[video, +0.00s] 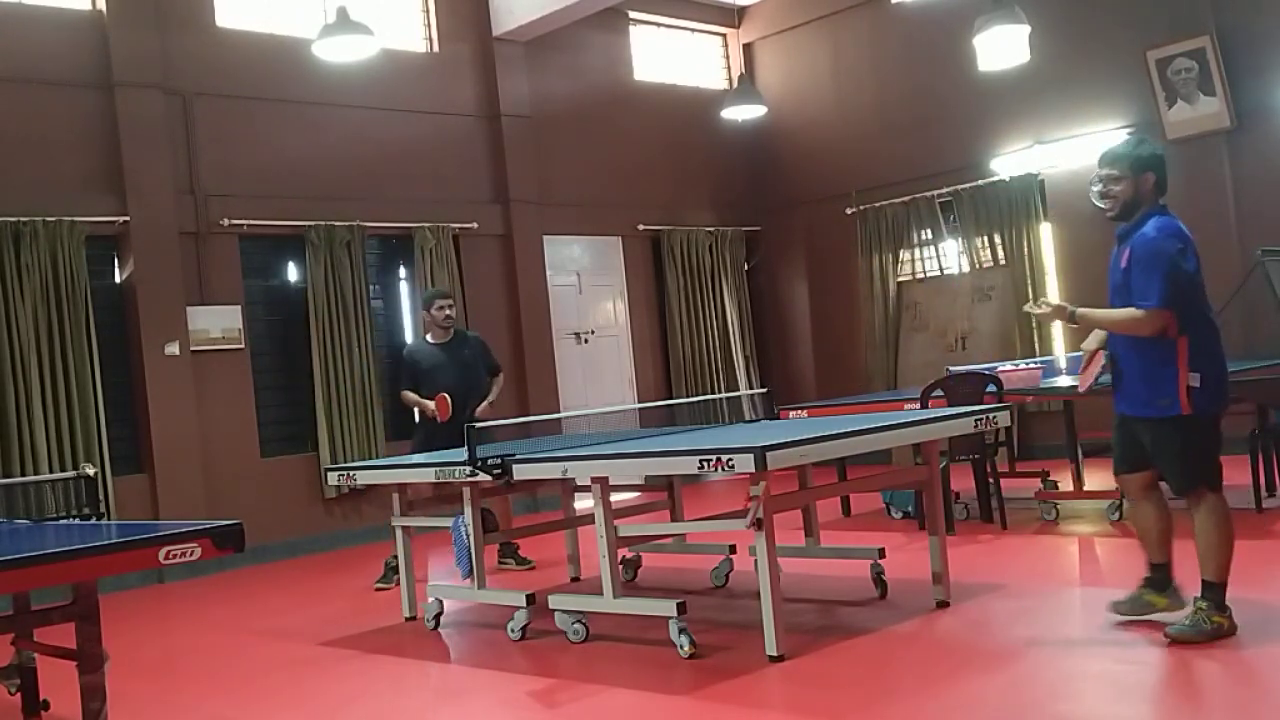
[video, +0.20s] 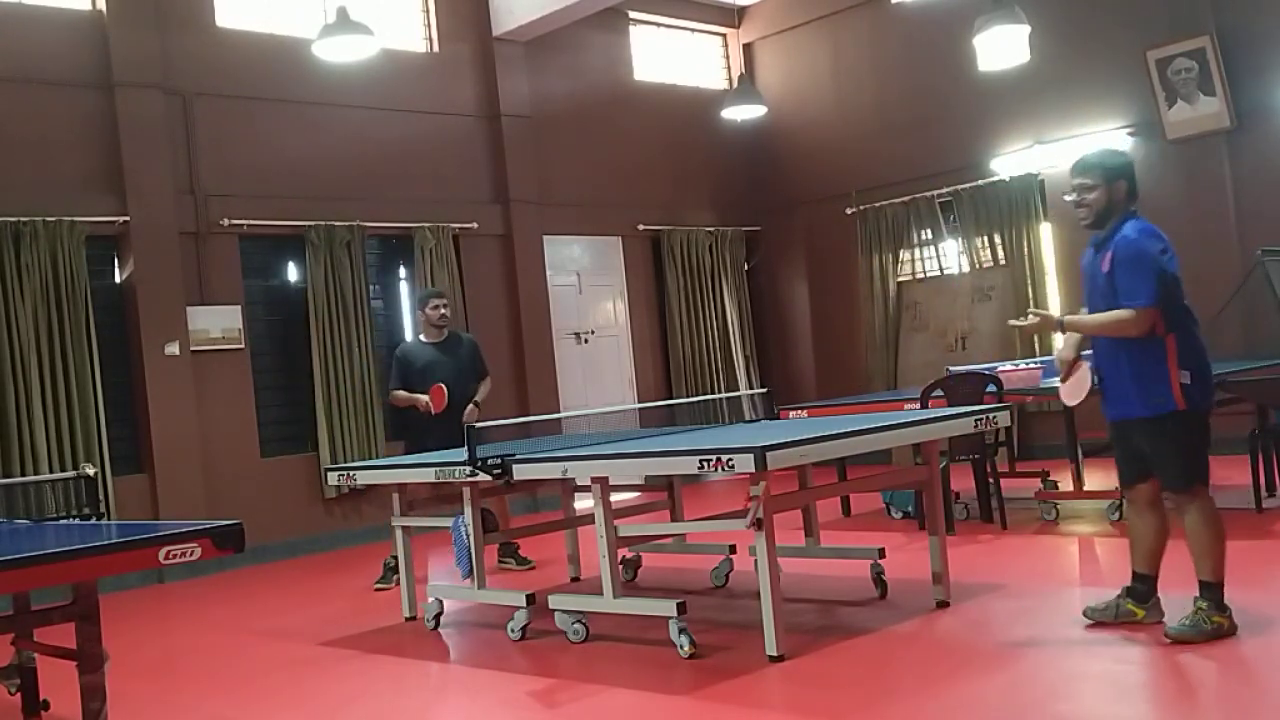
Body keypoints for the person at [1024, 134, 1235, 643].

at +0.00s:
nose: (1102, 189)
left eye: (1114, 180)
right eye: (1100, 180)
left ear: (1149, 182)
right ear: (1103, 183)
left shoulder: (1158, 237)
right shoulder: (1130, 235)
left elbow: (1155, 321)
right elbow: (1137, 308)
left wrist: (1074, 314)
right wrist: (1103, 340)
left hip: (1181, 394)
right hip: (1138, 394)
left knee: (1201, 493)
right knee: (1135, 481)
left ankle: (1214, 606)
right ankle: (1160, 586)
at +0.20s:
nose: (1076, 200)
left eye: (1086, 189)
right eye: (1073, 192)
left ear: (1121, 190)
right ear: (1076, 197)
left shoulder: (1137, 241)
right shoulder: (1094, 251)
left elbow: (1140, 320)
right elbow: (1104, 314)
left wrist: (1063, 322)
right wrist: (1074, 349)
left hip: (1171, 396)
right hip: (1127, 400)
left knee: (1187, 494)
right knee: (1140, 493)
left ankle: (1214, 607)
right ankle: (1140, 598)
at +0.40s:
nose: (1043, 218)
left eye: (1051, 207)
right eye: (1038, 211)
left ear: (1082, 201)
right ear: (1040, 215)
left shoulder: (1114, 247)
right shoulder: (1062, 270)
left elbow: (1118, 323)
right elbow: (1045, 327)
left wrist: (1045, 331)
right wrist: (1037, 375)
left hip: (1155, 384)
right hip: (1110, 395)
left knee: (1143, 481)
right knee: (1116, 490)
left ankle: (1197, 593)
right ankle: (1138, 598)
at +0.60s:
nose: (1018, 234)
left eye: (1021, 223)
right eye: (1015, 226)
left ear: (1050, 214)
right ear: (1046, 220)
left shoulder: (1099, 256)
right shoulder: (1046, 274)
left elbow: (1096, 334)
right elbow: (1026, 325)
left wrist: (1022, 344)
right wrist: (1020, 359)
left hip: (1143, 384)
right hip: (1098, 396)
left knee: (1139, 482)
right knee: (1104, 489)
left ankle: (1172, 600)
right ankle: (1136, 596)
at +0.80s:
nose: (1009, 251)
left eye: (1012, 239)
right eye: (1006, 242)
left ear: (1038, 230)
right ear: (1038, 234)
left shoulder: (1084, 270)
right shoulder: (1049, 277)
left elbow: (1072, 354)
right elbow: (1032, 327)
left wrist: (995, 366)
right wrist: (1019, 363)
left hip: (1140, 396)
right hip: (1095, 402)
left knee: (1136, 497)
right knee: (1082, 489)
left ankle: (1169, 618)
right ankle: (1129, 590)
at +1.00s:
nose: (993, 278)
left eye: (995, 267)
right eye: (990, 270)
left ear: (1020, 258)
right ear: (1020, 260)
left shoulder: (1064, 295)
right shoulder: (1045, 292)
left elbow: (1035, 380)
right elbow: (1025, 340)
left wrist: (963, 387)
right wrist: (1012, 370)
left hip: (1142, 399)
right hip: (1103, 403)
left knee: (1124, 500)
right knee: (1065, 481)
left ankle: (1167, 622)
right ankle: (1079, 586)